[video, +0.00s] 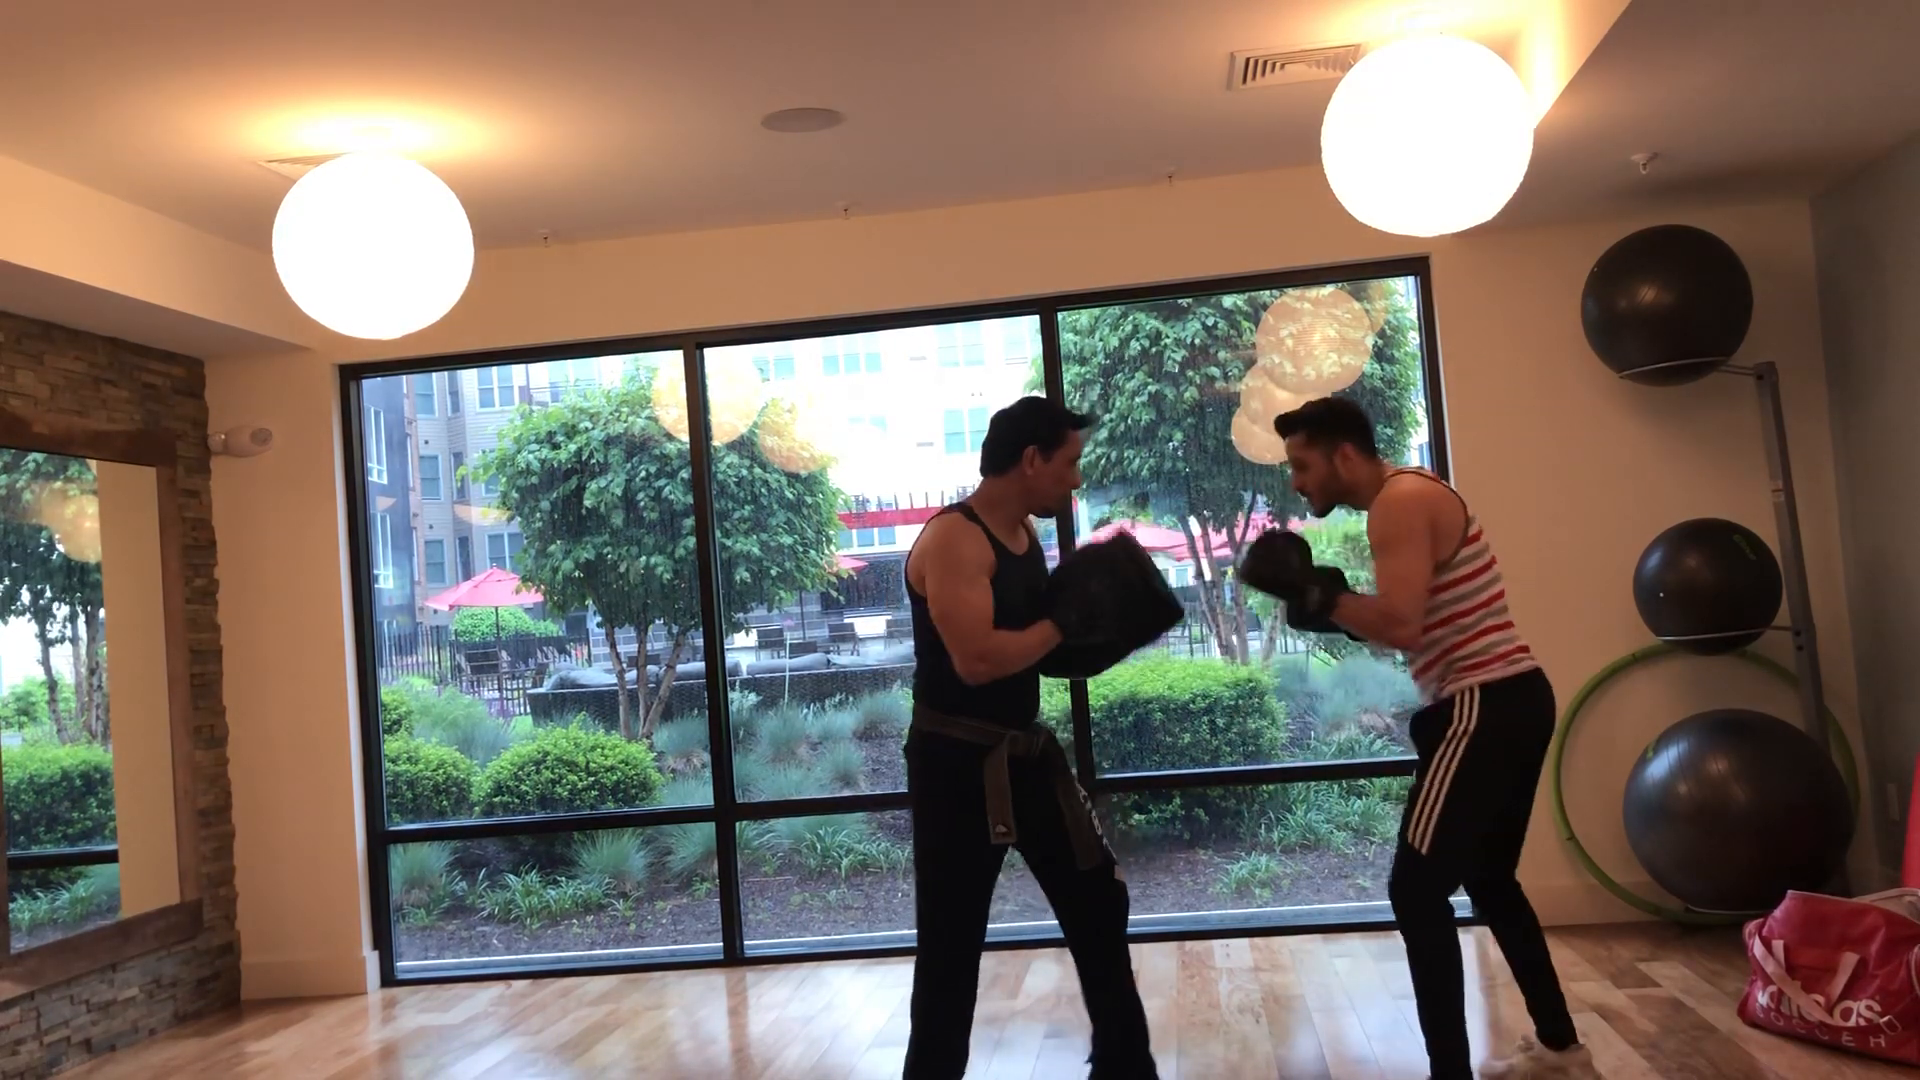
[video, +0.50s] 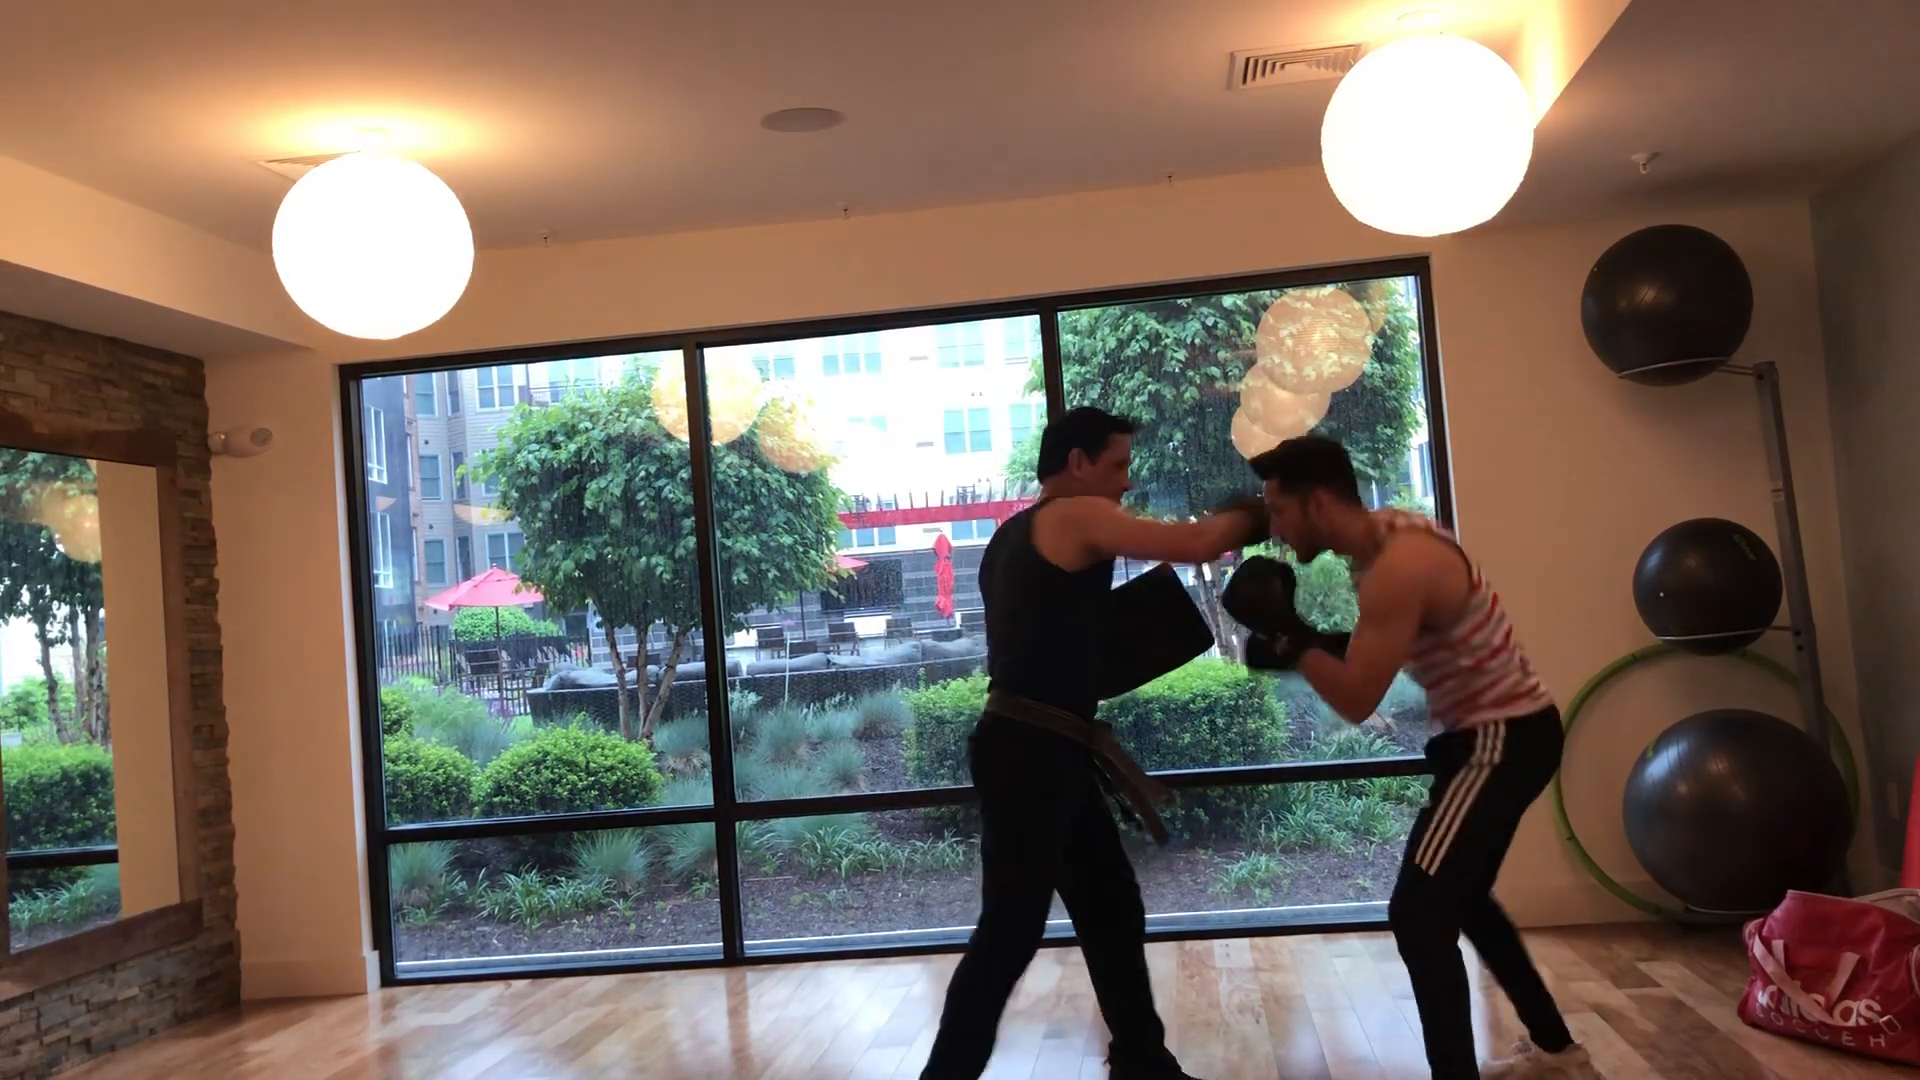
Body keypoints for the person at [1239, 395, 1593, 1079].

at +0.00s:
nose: (1295, 482)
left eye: (1300, 465)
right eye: (1291, 468)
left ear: (1344, 455)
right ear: (1348, 457)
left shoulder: (1399, 502)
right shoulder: (1417, 493)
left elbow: (1402, 624)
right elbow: (1417, 623)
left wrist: (1320, 592)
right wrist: (1338, 604)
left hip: (1482, 706)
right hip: (1511, 698)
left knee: (1414, 890)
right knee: (1490, 877)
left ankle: (1449, 1072)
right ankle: (1556, 1032)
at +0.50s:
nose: (1274, 528)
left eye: (1277, 511)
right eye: (1270, 513)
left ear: (1317, 501)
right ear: (1324, 500)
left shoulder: (1400, 565)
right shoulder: (1388, 533)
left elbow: (1354, 700)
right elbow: (1392, 648)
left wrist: (1289, 642)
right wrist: (1312, 641)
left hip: (1501, 735)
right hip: (1492, 727)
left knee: (1417, 912)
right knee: (1466, 895)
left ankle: (1454, 1075)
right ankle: (1552, 1037)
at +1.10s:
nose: (1276, 524)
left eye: (1274, 504)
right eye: (1266, 511)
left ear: (1304, 479)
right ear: (1326, 469)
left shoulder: (1344, 515)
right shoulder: (1402, 505)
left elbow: (1354, 602)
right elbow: (1411, 630)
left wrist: (1272, 670)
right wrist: (1328, 636)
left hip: (1454, 713)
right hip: (1492, 704)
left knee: (1427, 901)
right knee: (1453, 888)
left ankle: (1461, 1065)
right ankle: (1492, 1042)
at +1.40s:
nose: (1274, 535)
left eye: (1279, 517)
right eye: (1269, 522)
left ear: (1319, 502)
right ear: (1328, 507)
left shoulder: (1344, 541)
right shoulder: (1386, 540)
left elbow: (1386, 618)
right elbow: (1358, 692)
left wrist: (1311, 702)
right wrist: (1296, 633)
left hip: (1471, 708)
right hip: (1513, 706)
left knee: (1373, 886)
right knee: (1433, 873)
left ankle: (1454, 1065)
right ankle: (1492, 1035)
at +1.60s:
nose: (1272, 484)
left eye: (1277, 466)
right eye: (1268, 470)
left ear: (1321, 454)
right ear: (1326, 457)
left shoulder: (1358, 503)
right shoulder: (1381, 500)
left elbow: (1388, 613)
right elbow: (1381, 646)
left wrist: (1308, 615)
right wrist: (1304, 618)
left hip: (1459, 699)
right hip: (1487, 693)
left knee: (1401, 888)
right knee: (1451, 874)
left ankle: (1454, 1065)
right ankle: (1493, 1036)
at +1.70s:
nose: (1271, 470)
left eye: (1276, 452)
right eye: (1266, 457)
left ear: (1317, 439)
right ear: (1321, 443)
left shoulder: (1365, 495)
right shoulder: (1384, 488)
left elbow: (1372, 617)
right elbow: (1384, 624)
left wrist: (1289, 591)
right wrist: (1297, 602)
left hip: (1458, 696)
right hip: (1477, 689)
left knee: (1416, 884)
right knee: (1456, 870)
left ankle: (1458, 1064)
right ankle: (1490, 1033)